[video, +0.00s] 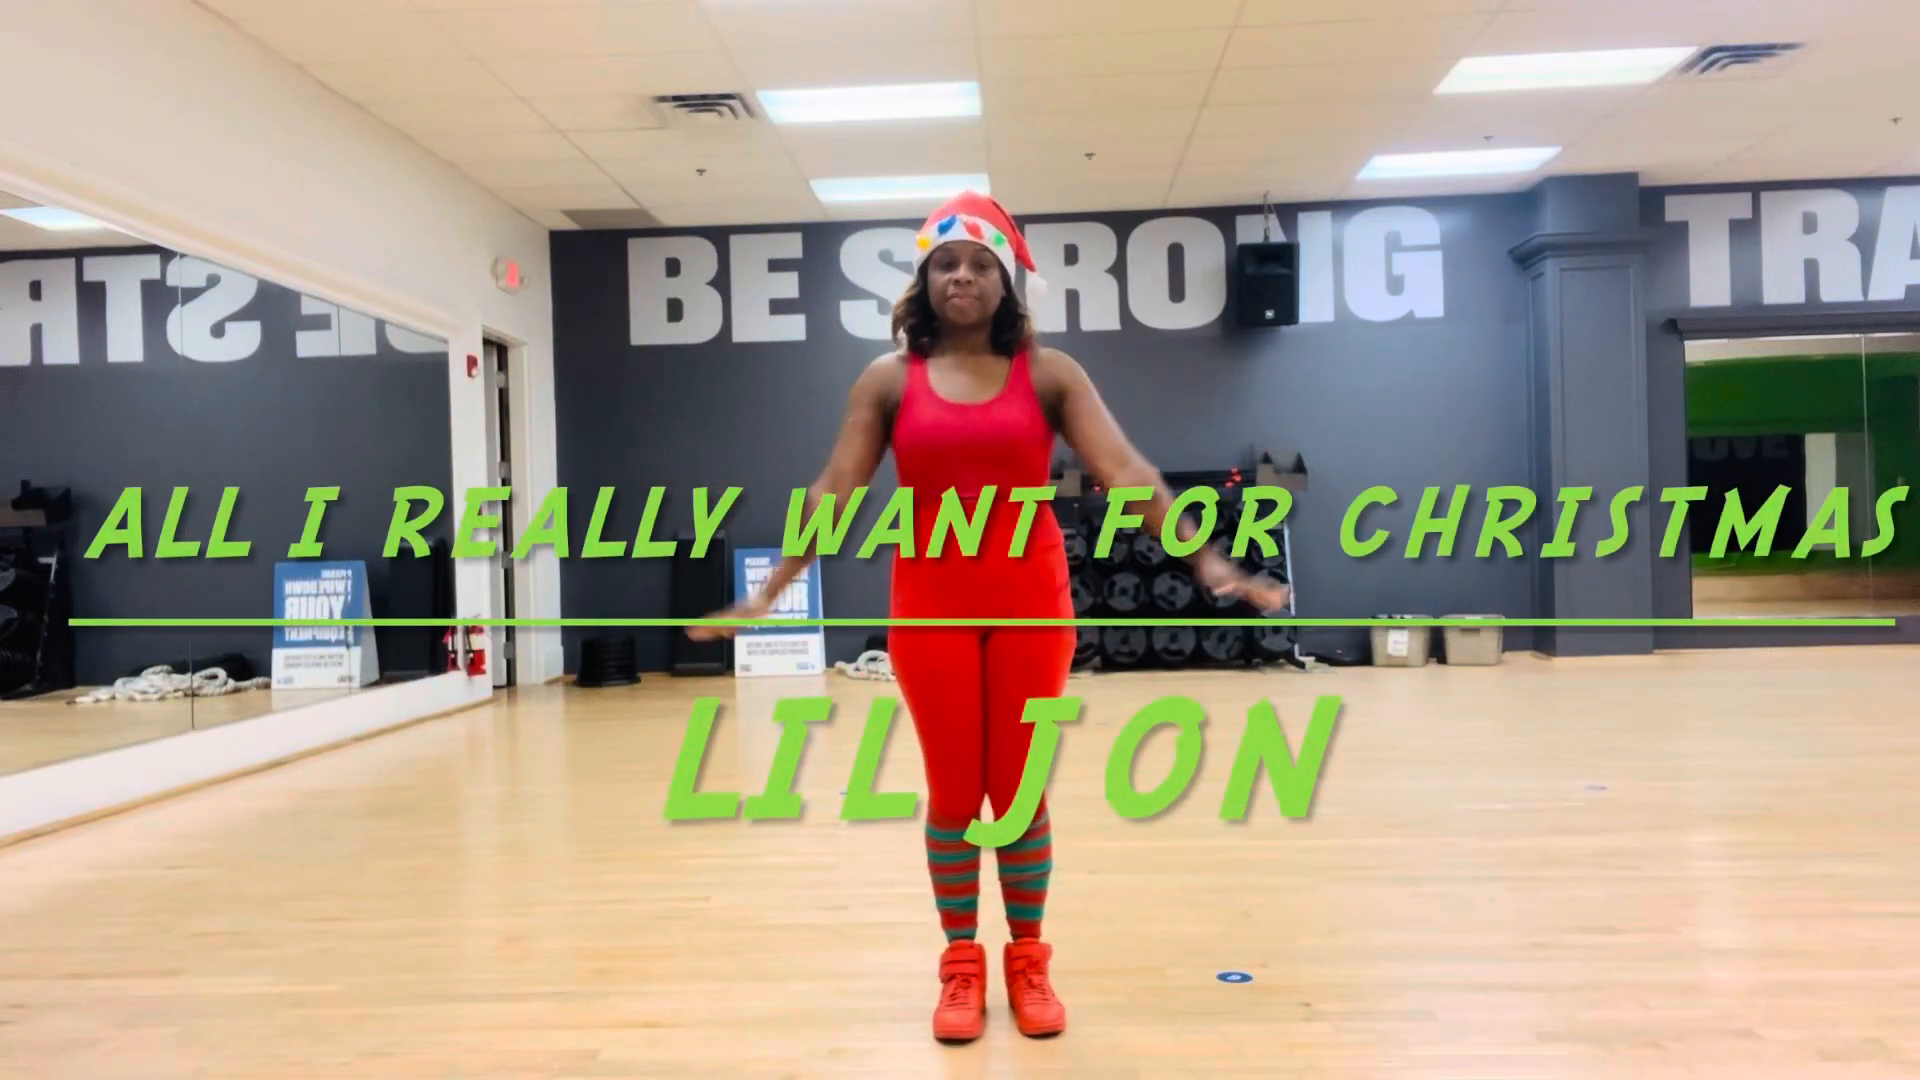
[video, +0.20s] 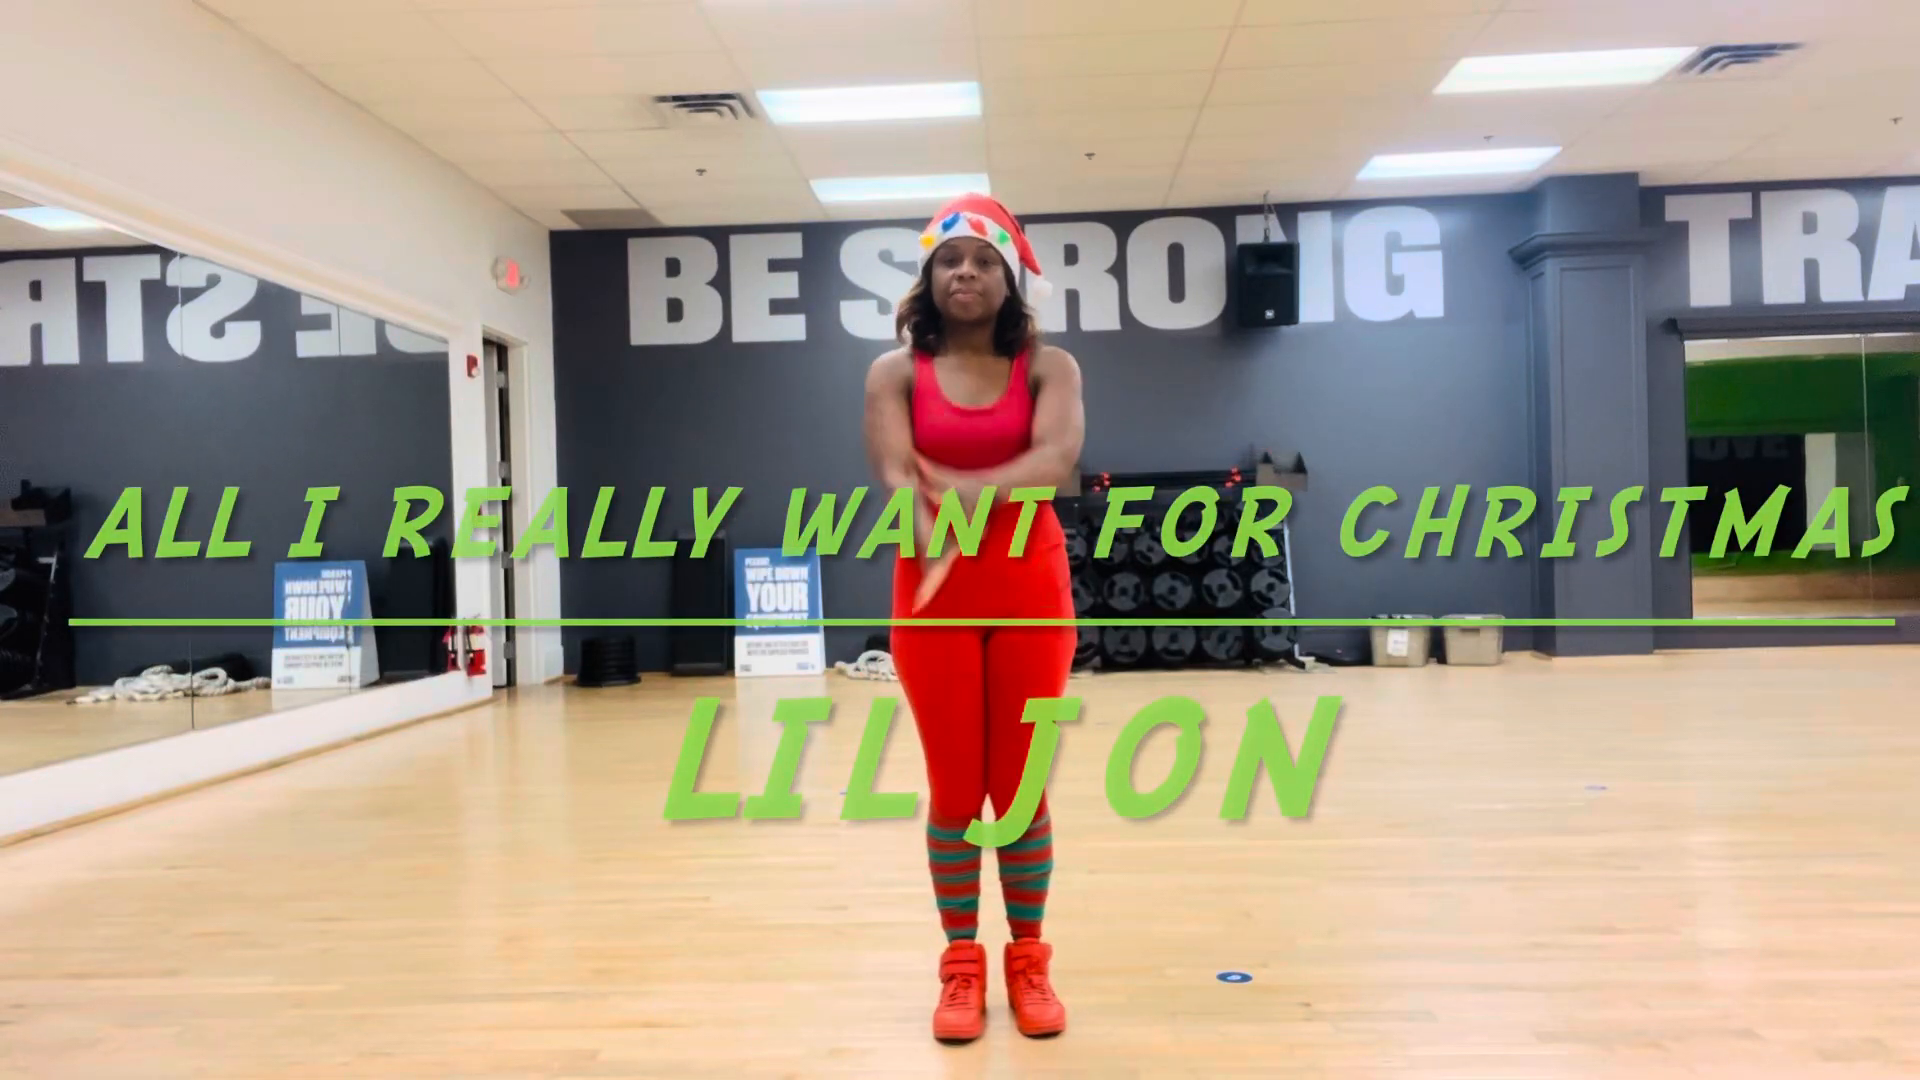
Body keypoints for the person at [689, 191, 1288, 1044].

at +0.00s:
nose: (961, 278)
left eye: (978, 265)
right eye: (946, 265)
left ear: (1006, 281)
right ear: (925, 282)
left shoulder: (1048, 371)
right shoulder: (890, 379)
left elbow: (1124, 469)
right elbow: (833, 493)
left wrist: (1210, 561)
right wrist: (774, 585)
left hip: (1029, 600)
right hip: (930, 604)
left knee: (1021, 787)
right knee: (954, 790)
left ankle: (1028, 964)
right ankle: (960, 968)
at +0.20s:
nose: (965, 277)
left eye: (984, 263)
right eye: (949, 263)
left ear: (1010, 280)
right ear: (930, 277)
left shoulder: (1050, 364)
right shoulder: (895, 370)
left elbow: (1059, 461)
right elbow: (892, 466)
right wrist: (936, 516)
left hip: (1032, 589)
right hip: (935, 593)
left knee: (1024, 784)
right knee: (954, 787)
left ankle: (1029, 968)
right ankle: (962, 971)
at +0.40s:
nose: (968, 276)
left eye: (985, 261)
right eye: (950, 262)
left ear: (1013, 275)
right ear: (930, 278)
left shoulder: (1049, 357)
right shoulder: (895, 357)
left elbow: (1035, 432)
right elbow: (914, 456)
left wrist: (916, 367)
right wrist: (1001, 401)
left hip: (1033, 589)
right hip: (936, 590)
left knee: (1023, 783)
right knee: (955, 783)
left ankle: (1030, 966)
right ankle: (960, 969)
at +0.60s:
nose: (967, 278)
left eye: (985, 264)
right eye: (951, 264)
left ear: (1013, 279)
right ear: (932, 278)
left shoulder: (1053, 363)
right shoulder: (897, 368)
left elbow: (1063, 449)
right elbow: (903, 463)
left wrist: (950, 417)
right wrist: (1005, 429)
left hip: (1036, 593)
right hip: (937, 595)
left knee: (1024, 784)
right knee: (955, 786)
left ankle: (1030, 966)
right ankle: (961, 970)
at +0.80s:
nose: (970, 277)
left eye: (988, 263)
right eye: (954, 263)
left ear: (1016, 278)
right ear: (934, 277)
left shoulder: (1060, 369)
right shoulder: (900, 372)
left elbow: (1076, 472)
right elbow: (903, 479)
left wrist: (1044, 546)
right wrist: (935, 569)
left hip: (1039, 601)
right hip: (938, 602)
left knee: (1029, 794)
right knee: (957, 794)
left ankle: (1031, 966)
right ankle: (962, 970)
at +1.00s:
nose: (974, 280)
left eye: (992, 266)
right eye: (959, 266)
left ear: (1020, 283)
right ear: (938, 283)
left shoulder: (1065, 381)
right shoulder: (903, 385)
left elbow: (1100, 504)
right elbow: (877, 508)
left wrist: (1137, 611)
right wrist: (850, 616)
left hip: (1044, 607)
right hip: (939, 609)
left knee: (1039, 799)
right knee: (958, 798)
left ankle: (1033, 965)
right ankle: (962, 971)